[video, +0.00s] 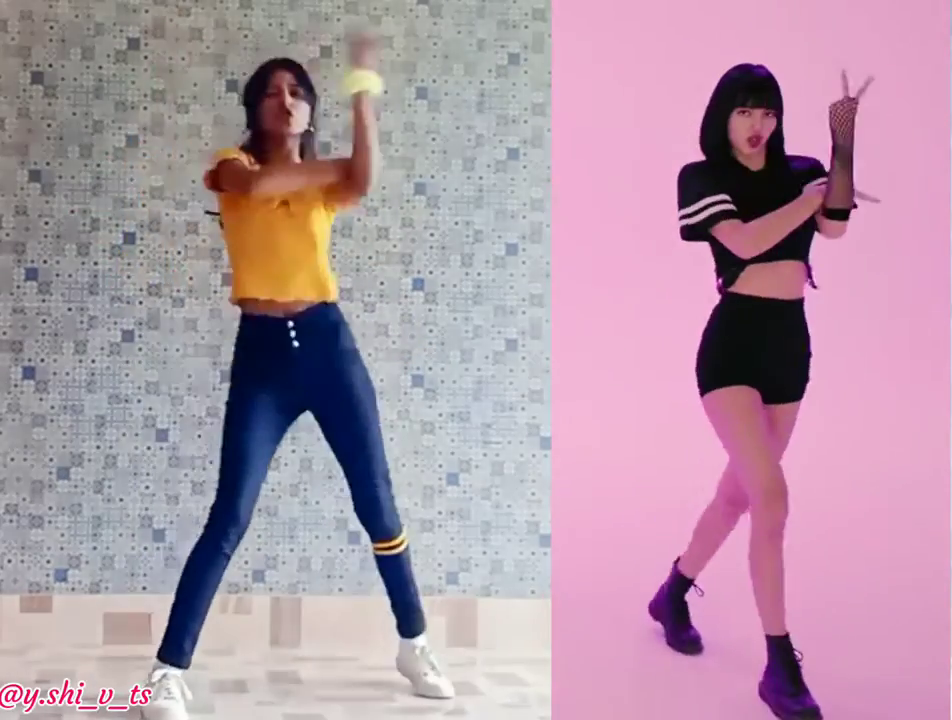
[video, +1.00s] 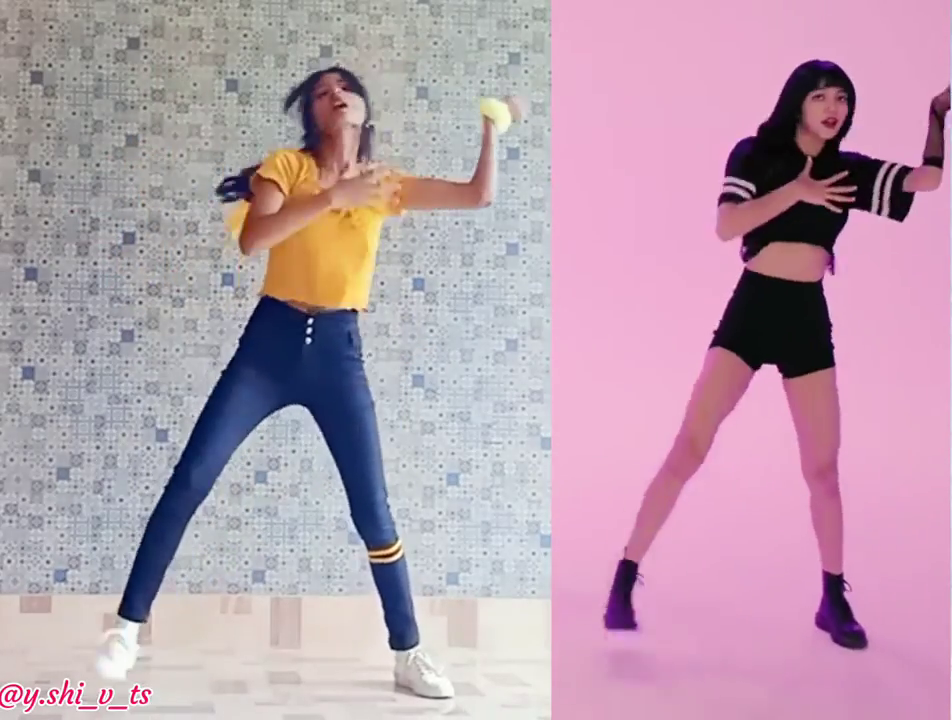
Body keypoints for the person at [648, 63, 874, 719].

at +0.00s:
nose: (757, 123)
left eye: (767, 111)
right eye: (744, 111)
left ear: (780, 119)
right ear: (720, 118)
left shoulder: (799, 173)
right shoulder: (703, 178)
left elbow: (836, 219)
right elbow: (741, 244)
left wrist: (844, 144)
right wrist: (814, 196)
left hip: (790, 347)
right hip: (731, 345)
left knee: (736, 496)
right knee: (771, 502)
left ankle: (673, 591)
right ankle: (780, 663)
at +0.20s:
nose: (782, 120)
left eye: (792, 110)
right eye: (771, 108)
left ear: (805, 117)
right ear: (746, 112)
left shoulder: (820, 169)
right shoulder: (727, 173)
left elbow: (864, 213)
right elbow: (776, 238)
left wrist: (869, 135)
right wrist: (843, 190)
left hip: (812, 352)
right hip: (753, 349)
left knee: (852, 510)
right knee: (779, 511)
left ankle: (750, 534)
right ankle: (771, 660)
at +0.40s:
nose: (799, 121)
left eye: (809, 109)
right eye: (787, 109)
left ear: (820, 114)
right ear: (763, 112)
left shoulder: (833, 166)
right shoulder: (743, 171)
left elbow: (886, 222)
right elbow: (798, 238)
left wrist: (858, 156)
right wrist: (859, 190)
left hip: (835, 349)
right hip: (773, 348)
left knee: (927, 483)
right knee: (777, 503)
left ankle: (872, 575)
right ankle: (754, 645)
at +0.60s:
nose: (797, 123)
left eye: (806, 112)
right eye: (786, 111)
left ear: (820, 118)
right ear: (764, 115)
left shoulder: (839, 158)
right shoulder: (742, 171)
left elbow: (886, 193)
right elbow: (784, 233)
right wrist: (851, 174)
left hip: (847, 334)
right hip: (785, 335)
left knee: (879, 485)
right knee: (767, 493)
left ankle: (890, 619)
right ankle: (723, 629)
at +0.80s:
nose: (792, 126)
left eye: (803, 116)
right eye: (781, 113)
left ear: (814, 122)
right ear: (758, 116)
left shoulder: (832, 165)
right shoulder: (737, 170)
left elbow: (877, 207)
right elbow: (761, 238)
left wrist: (869, 131)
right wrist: (839, 192)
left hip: (831, 334)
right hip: (771, 333)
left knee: (864, 485)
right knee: (746, 485)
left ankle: (870, 610)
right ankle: (696, 619)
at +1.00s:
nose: (831, 108)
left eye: (841, 101)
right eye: (820, 96)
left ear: (848, 112)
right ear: (796, 101)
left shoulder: (848, 169)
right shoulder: (756, 154)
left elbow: (929, 178)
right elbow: (727, 225)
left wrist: (937, 118)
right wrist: (797, 190)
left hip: (808, 320)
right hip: (750, 312)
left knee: (823, 470)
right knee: (689, 452)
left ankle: (834, 598)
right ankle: (625, 578)